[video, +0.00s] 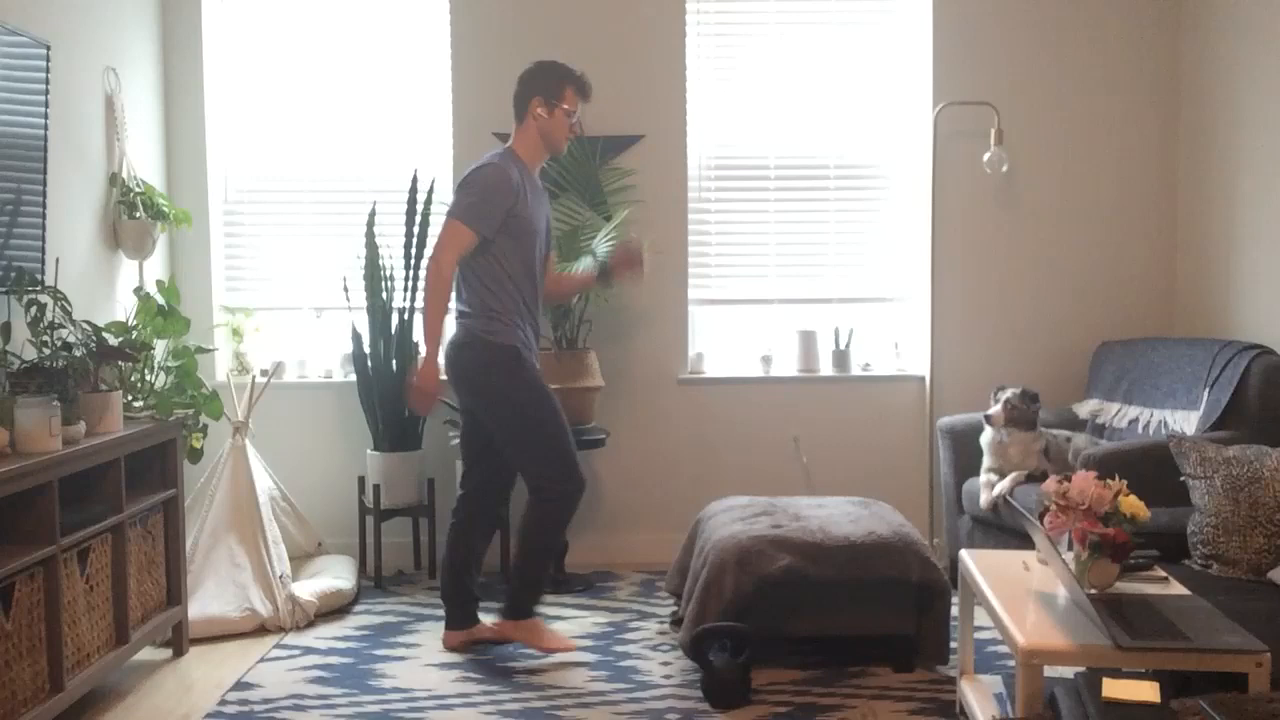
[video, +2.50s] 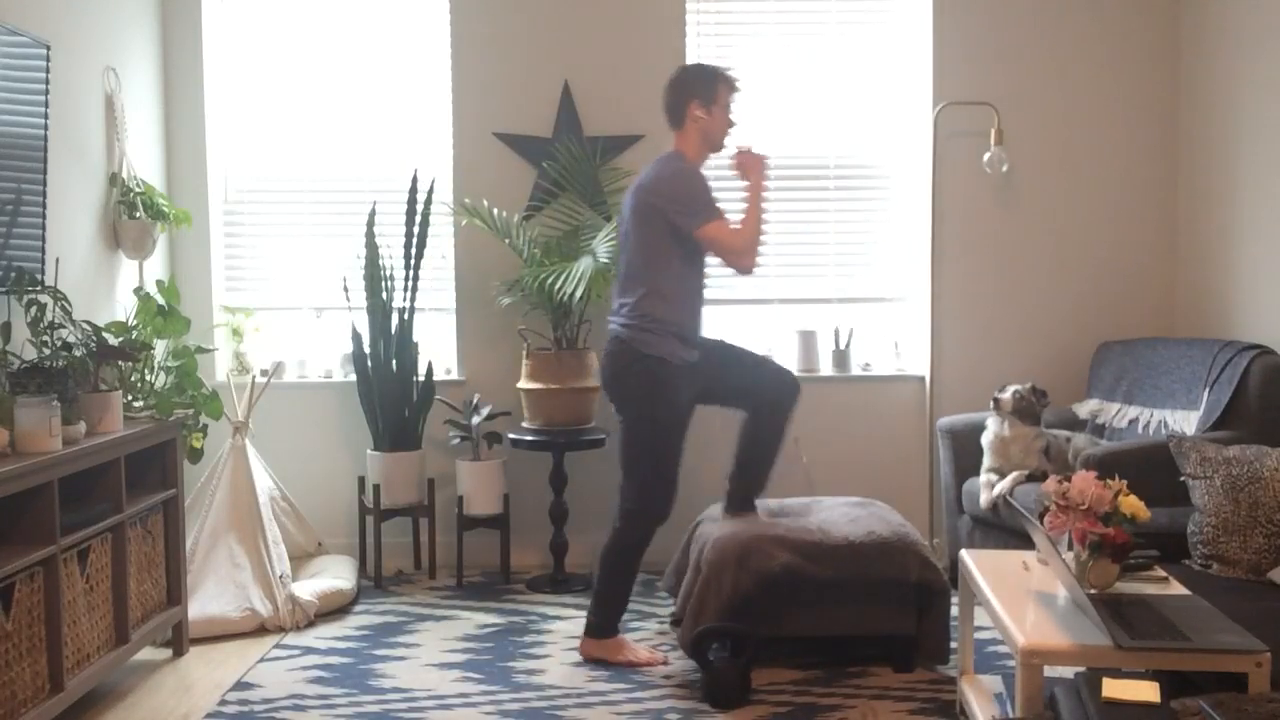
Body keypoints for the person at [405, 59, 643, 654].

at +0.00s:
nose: (576, 127)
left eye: (577, 117)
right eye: (571, 114)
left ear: (546, 114)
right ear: (537, 110)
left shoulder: (533, 189)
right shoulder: (498, 173)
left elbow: (544, 287)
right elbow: (442, 258)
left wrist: (604, 270)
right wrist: (430, 356)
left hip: (498, 354)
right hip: (491, 354)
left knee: (482, 494)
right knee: (561, 482)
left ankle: (461, 625)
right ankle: (519, 617)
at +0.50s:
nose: (619, 108)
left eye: (619, 97)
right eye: (612, 97)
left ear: (580, 102)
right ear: (580, 101)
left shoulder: (563, 170)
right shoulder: (568, 173)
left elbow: (575, 280)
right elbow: (584, 278)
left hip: (583, 352)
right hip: (565, 353)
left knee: (657, 444)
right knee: (586, 493)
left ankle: (561, 524)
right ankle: (574, 639)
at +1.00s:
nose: (721, 116)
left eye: (718, 105)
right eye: (713, 106)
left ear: (677, 115)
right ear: (682, 112)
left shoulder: (644, 180)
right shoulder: (673, 179)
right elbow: (762, 244)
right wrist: (763, 174)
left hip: (656, 350)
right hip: (643, 360)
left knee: (769, 374)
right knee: (651, 508)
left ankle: (737, 497)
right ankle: (579, 634)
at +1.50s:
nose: (771, 7)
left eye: (767, 1)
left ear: (730, 10)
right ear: (732, 6)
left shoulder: (742, 80)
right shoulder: (711, 71)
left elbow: (811, 117)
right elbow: (672, 169)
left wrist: (800, 49)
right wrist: (675, 261)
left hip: (729, 247)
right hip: (734, 238)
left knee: (751, 388)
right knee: (868, 222)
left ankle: (738, 524)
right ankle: (827, 347)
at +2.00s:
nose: (786, 16)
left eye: (783, 7)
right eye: (778, 6)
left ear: (746, 14)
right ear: (750, 10)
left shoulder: (726, 74)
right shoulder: (732, 73)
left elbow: (724, 172)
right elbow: (726, 168)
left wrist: (775, 202)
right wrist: (804, 229)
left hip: (717, 250)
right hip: (728, 251)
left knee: (747, 389)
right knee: (787, 382)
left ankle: (739, 527)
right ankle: (683, 466)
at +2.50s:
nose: (731, 122)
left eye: (731, 111)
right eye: (726, 111)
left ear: (690, 114)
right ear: (696, 113)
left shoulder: (674, 178)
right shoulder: (671, 177)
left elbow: (738, 258)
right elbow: (742, 253)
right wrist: (756, 185)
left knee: (778, 387)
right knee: (646, 504)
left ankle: (739, 516)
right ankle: (600, 636)